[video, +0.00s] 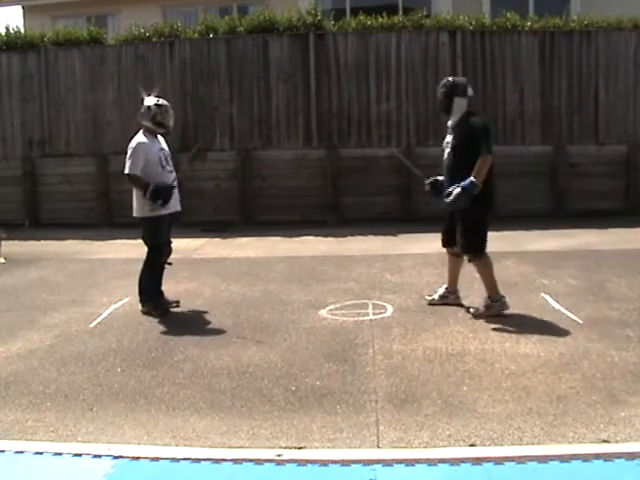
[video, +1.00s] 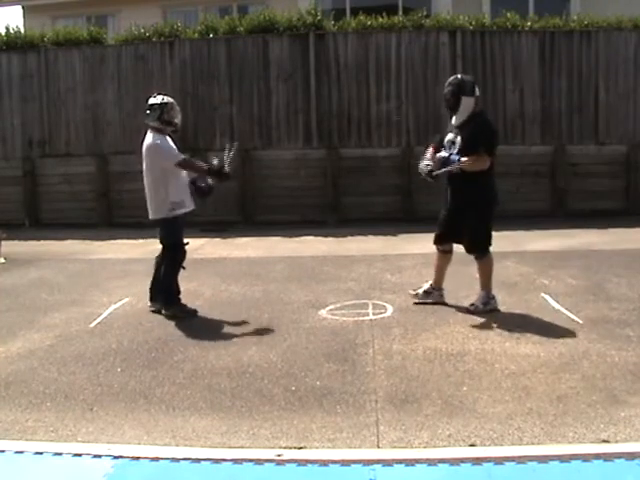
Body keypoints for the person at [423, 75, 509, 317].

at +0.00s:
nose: (441, 102)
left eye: (445, 97)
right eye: (441, 97)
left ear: (458, 99)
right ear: (456, 99)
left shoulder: (476, 126)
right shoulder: (453, 127)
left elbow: (486, 157)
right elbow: (457, 162)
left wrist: (470, 185)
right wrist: (444, 181)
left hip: (475, 196)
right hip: (456, 195)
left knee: (473, 248)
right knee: (452, 244)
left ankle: (495, 298)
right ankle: (451, 290)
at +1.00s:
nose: (447, 101)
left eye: (452, 96)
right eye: (447, 96)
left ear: (467, 98)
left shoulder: (481, 124)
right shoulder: (456, 123)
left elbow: (484, 161)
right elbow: (448, 151)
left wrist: (451, 165)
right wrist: (433, 157)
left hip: (478, 200)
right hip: (457, 197)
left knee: (479, 247)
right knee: (444, 241)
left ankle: (486, 295)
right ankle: (436, 287)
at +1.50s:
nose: (422, 100)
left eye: (426, 97)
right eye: (424, 97)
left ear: (437, 101)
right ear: (443, 101)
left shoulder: (443, 127)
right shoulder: (446, 120)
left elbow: (438, 164)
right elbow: (426, 98)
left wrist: (414, 165)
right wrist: (403, 102)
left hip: (441, 193)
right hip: (435, 191)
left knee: (439, 243)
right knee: (432, 242)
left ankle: (474, 286)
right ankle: (432, 289)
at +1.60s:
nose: (423, 101)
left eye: (427, 98)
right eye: (424, 97)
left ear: (438, 100)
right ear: (443, 100)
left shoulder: (443, 127)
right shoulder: (445, 117)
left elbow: (428, 164)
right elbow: (426, 94)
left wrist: (408, 155)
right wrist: (402, 97)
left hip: (439, 193)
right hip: (433, 191)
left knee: (435, 243)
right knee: (428, 241)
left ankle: (472, 285)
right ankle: (432, 289)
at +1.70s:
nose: (419, 96)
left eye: (423, 93)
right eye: (421, 92)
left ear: (434, 99)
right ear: (440, 100)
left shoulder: (437, 126)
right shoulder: (445, 118)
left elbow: (418, 162)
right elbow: (426, 91)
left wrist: (406, 146)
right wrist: (402, 88)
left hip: (436, 194)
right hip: (433, 191)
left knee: (433, 243)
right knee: (428, 241)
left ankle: (469, 284)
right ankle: (431, 289)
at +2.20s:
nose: (427, 101)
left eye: (431, 96)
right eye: (427, 96)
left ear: (443, 100)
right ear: (441, 100)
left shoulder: (455, 125)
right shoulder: (437, 123)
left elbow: (454, 164)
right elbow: (411, 122)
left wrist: (424, 159)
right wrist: (388, 110)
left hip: (451, 198)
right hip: (438, 196)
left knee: (459, 247)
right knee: (432, 243)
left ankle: (483, 293)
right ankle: (431, 290)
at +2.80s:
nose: (440, 105)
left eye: (443, 100)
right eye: (439, 100)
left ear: (457, 101)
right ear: (450, 101)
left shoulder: (474, 127)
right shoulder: (449, 126)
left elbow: (484, 158)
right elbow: (439, 157)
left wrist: (464, 171)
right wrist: (416, 172)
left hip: (469, 199)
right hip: (446, 196)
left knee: (473, 249)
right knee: (427, 238)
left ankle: (486, 295)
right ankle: (431, 288)